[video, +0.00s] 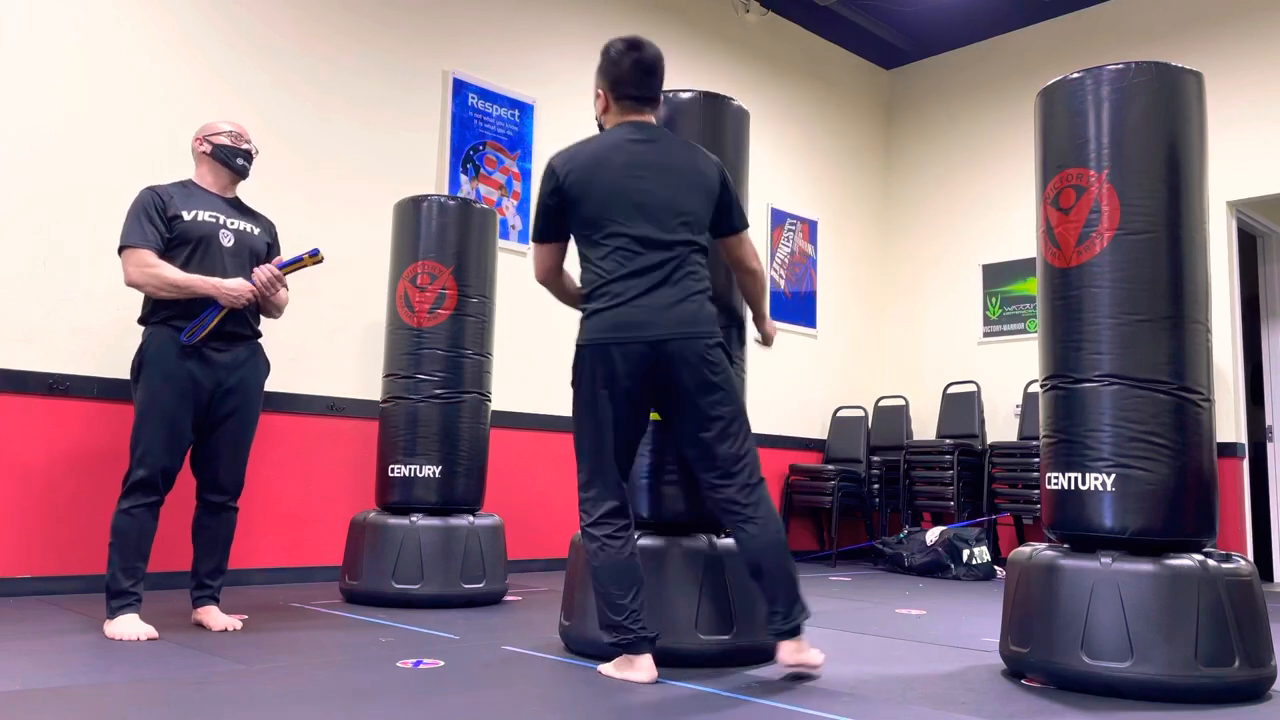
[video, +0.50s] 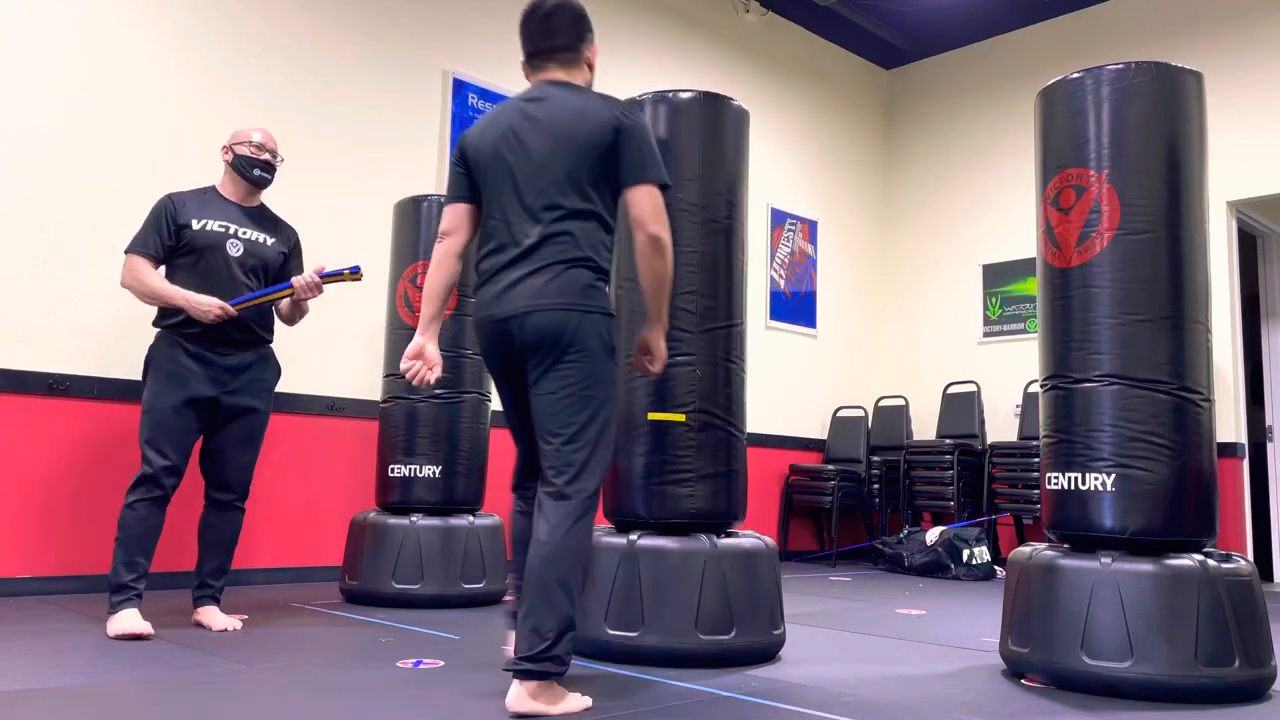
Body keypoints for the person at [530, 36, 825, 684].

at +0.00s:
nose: (594, 102)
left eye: (595, 94)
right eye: (599, 93)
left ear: (602, 96)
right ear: (659, 96)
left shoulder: (570, 165)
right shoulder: (702, 164)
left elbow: (547, 271)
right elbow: (746, 263)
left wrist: (587, 300)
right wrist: (762, 316)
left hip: (609, 342)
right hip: (695, 339)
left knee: (605, 502)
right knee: (739, 485)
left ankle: (635, 654)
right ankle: (792, 636)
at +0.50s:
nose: (596, 64)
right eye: (596, 54)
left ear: (523, 63)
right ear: (589, 54)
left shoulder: (479, 131)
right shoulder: (610, 117)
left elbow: (451, 237)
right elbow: (652, 231)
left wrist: (425, 330)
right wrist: (657, 326)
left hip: (496, 318)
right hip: (572, 310)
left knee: (533, 471)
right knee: (567, 487)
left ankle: (525, 626)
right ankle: (538, 678)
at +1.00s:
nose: (475, 51)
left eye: (471, 38)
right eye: (471, 38)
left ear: (404, 44)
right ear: (451, 38)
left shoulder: (381, 107)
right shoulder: (449, 96)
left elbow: (421, 204)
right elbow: (482, 206)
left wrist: (490, 185)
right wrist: (511, 167)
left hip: (363, 302)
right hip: (415, 304)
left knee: (352, 479)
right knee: (448, 477)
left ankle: (321, 654)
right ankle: (406, 667)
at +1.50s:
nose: (453, 36)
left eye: (450, 25)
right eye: (448, 24)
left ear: (396, 29)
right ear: (426, 26)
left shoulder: (377, 88)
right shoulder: (398, 84)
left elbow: (402, 198)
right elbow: (433, 196)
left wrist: (462, 183)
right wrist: (471, 154)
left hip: (391, 308)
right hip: (371, 304)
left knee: (400, 473)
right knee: (335, 482)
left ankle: (374, 642)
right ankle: (280, 674)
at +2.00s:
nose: (508, 108)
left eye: (507, 100)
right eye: (505, 98)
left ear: (450, 95)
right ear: (487, 95)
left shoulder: (445, 151)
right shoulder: (455, 130)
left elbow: (493, 251)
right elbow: (490, 185)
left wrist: (567, 230)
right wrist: (535, 152)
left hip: (414, 321)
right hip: (443, 319)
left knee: (441, 474)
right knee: (467, 470)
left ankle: (429, 629)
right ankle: (347, 620)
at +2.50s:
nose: (490, 90)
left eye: (488, 80)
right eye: (487, 78)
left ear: (426, 81)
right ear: (469, 77)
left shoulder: (401, 138)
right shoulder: (461, 125)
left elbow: (452, 222)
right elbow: (506, 224)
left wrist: (502, 178)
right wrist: (532, 180)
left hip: (396, 311)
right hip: (427, 316)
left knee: (445, 477)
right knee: (383, 488)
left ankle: (433, 632)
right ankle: (316, 662)